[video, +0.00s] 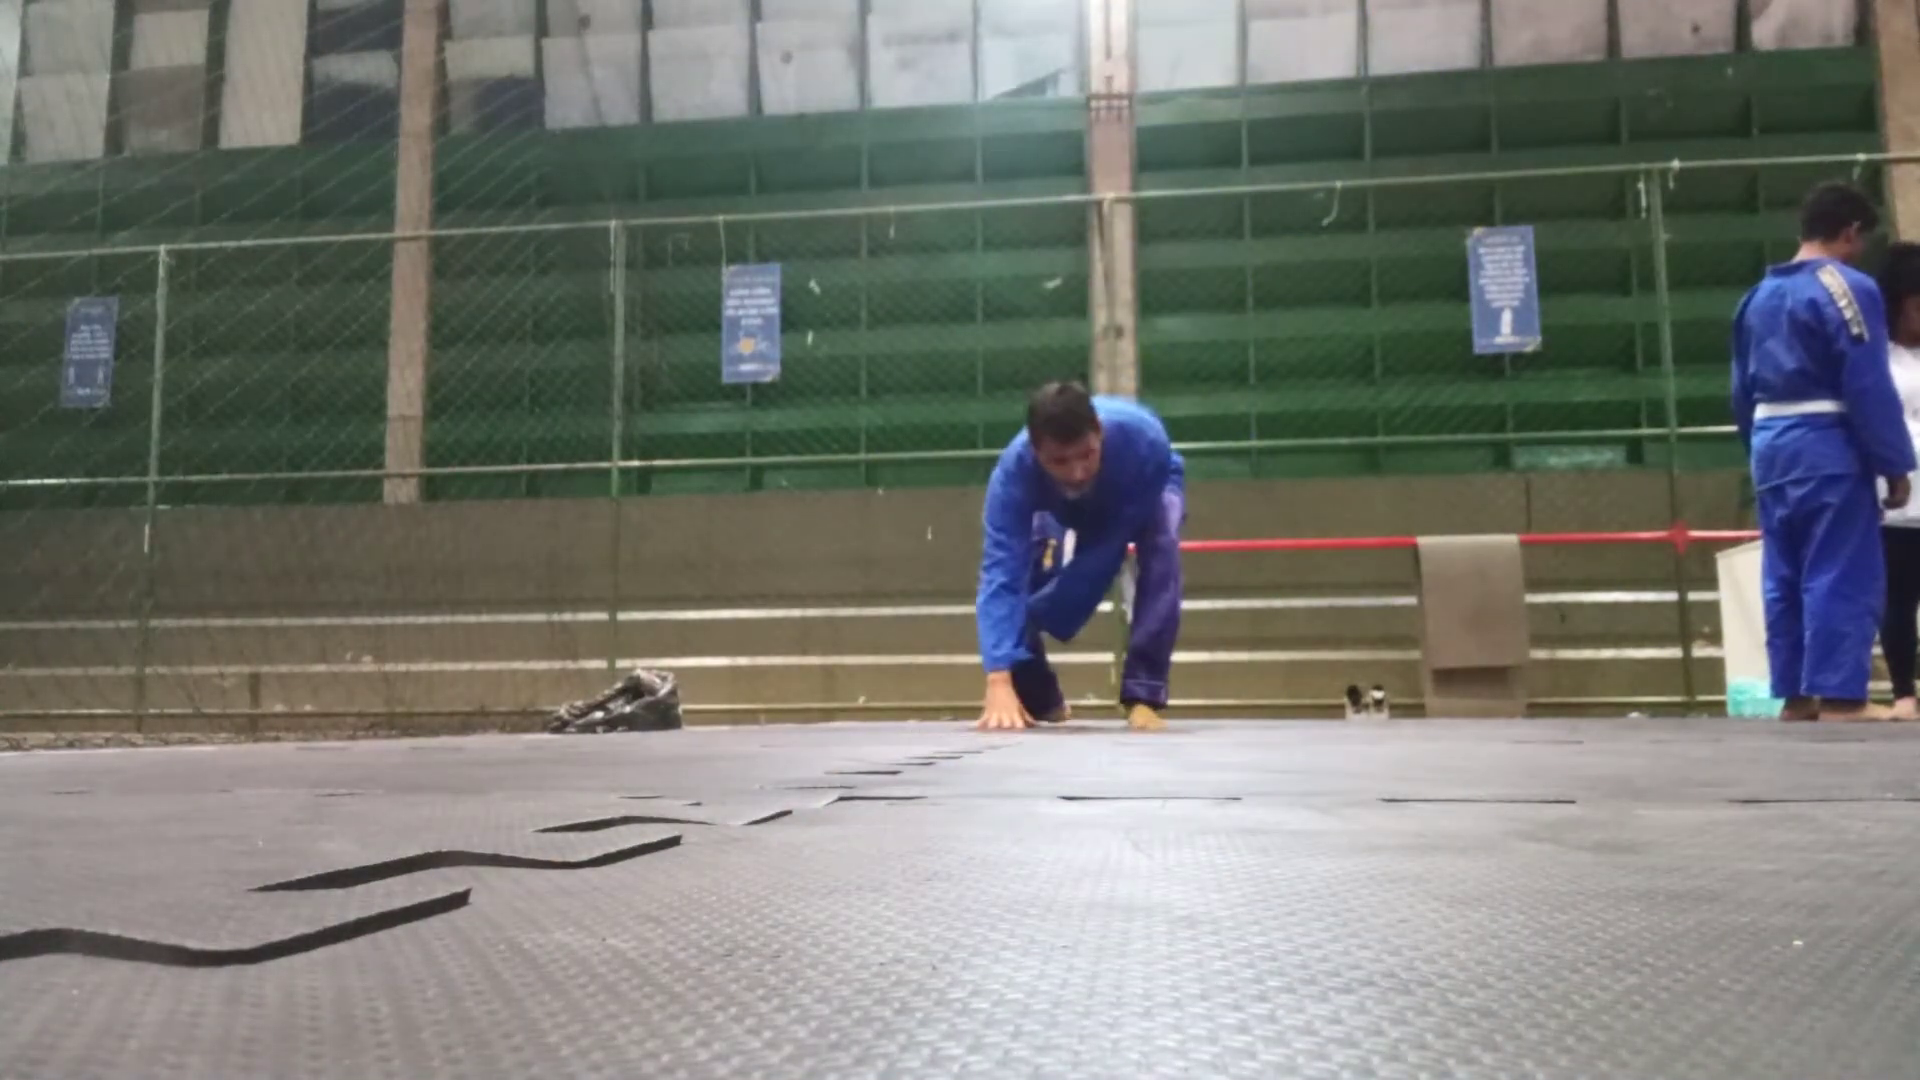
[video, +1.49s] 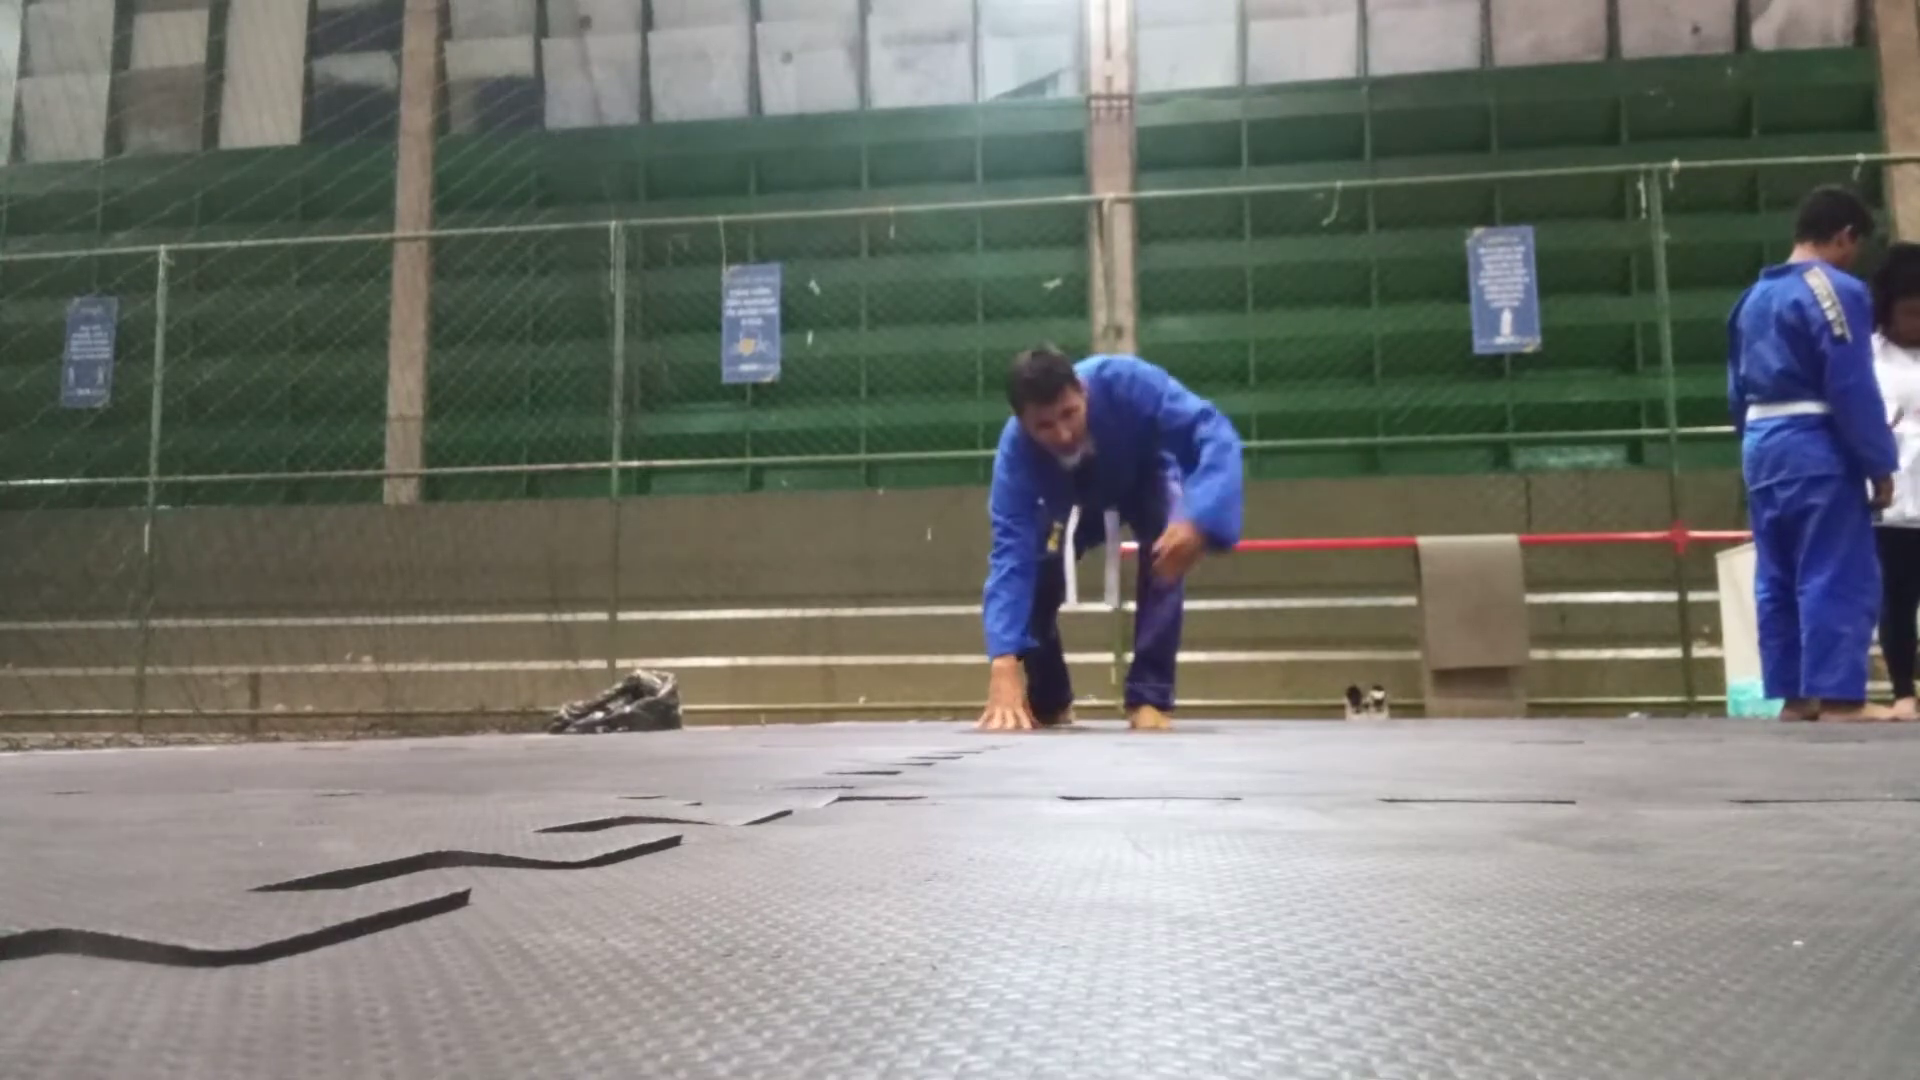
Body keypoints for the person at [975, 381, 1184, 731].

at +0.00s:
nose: (1076, 471)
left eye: (1085, 456)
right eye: (1060, 462)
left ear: (1099, 435)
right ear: (1036, 452)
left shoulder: (1142, 444)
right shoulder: (1014, 470)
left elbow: (1105, 553)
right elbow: (1000, 571)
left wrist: (1033, 615)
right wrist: (998, 682)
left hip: (1144, 487)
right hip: (1058, 500)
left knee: (1161, 547)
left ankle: (1143, 700)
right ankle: (1042, 703)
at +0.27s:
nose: (1064, 466)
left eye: (1074, 454)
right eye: (1052, 458)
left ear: (1094, 420)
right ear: (1032, 441)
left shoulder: (1137, 410)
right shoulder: (1013, 452)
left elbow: (1125, 516)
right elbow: (1006, 543)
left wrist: (1047, 592)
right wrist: (999, 648)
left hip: (1140, 478)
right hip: (1063, 486)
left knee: (1156, 547)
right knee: (1017, 564)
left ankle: (1145, 697)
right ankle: (1040, 700)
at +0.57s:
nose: (1066, 473)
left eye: (1077, 462)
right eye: (1055, 466)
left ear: (1100, 424)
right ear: (1035, 445)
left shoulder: (1142, 388)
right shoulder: (1022, 445)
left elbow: (1172, 494)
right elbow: (1015, 544)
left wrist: (1084, 549)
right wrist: (1007, 659)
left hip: (1141, 477)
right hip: (1071, 487)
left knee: (1162, 561)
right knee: (1043, 568)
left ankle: (1148, 702)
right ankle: (1046, 699)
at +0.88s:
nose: (1081, 483)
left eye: (1092, 474)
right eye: (1070, 476)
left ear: (1116, 431)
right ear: (1047, 450)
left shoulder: (1156, 399)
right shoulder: (1029, 442)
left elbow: (1179, 498)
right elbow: (1017, 554)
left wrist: (1093, 553)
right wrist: (1008, 682)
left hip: (1148, 490)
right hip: (1083, 498)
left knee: (1167, 570)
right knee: (1060, 572)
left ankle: (1149, 704)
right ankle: (1060, 701)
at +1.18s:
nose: (1075, 455)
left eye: (1082, 438)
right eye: (1059, 447)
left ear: (1097, 410)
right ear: (1036, 439)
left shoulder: (1140, 399)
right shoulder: (1020, 455)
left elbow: (1178, 505)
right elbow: (1012, 559)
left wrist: (1109, 592)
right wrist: (1006, 683)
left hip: (1141, 494)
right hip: (1077, 500)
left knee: (1163, 571)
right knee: (1036, 581)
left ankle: (1149, 703)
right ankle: (1052, 702)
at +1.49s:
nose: (1063, 434)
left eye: (1069, 415)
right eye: (1046, 426)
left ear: (1082, 393)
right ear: (1023, 422)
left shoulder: (1124, 381)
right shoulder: (1017, 450)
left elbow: (1217, 435)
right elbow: (1010, 552)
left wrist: (1198, 524)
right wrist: (1004, 667)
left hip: (1143, 480)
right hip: (1075, 495)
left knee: (1164, 555)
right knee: (1030, 584)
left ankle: (1149, 702)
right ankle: (1049, 705)